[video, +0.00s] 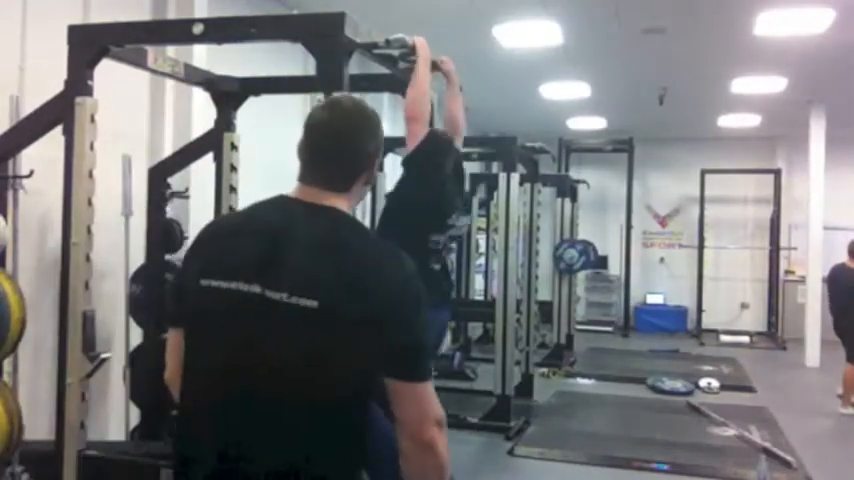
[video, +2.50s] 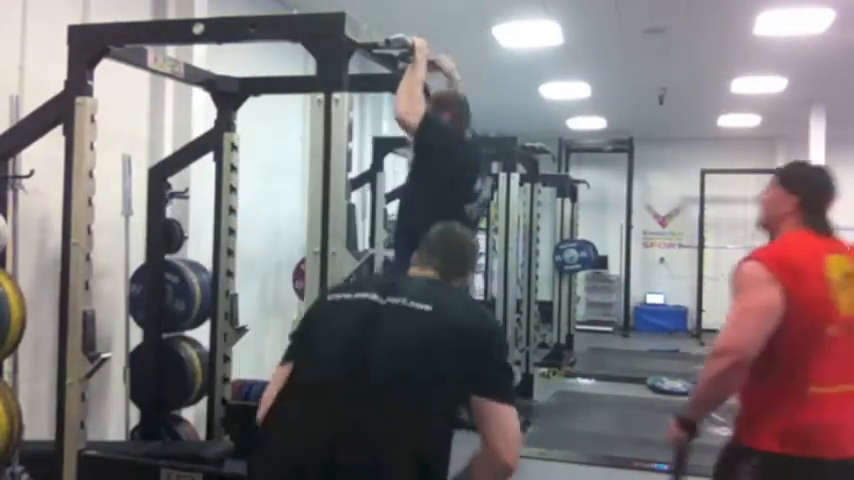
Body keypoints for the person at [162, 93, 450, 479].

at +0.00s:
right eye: (380, 163)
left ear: (300, 152)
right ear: (372, 169)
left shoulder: (217, 238)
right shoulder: (386, 272)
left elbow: (176, 376)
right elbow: (423, 430)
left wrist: (221, 438)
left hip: (215, 462)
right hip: (329, 465)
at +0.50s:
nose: (332, 179)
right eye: (331, 170)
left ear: (262, 170)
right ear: (323, 176)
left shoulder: (195, 257)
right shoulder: (355, 260)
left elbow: (171, 388)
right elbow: (399, 397)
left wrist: (192, 464)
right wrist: (410, 473)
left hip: (221, 466)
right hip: (322, 466)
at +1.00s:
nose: (314, 179)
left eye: (313, 169)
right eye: (314, 171)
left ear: (243, 169)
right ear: (303, 177)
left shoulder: (177, 261)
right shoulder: (331, 258)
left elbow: (171, 385)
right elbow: (372, 389)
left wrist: (205, 446)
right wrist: (355, 446)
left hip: (221, 463)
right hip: (315, 463)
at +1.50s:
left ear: (317, 172)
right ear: (377, 183)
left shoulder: (258, 253)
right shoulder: (405, 266)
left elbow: (232, 377)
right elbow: (442, 398)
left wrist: (253, 450)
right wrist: (451, 471)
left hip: (283, 461)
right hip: (376, 463)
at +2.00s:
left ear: (383, 164)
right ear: (448, 181)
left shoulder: (321, 243)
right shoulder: (469, 266)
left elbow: (282, 359)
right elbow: (498, 401)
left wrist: (315, 417)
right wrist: (491, 472)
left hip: (323, 452)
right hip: (417, 460)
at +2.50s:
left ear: (413, 260)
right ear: (465, 275)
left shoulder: (335, 297)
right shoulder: (473, 322)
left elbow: (266, 412)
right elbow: (503, 455)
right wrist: (462, 477)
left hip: (292, 464)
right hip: (400, 467)